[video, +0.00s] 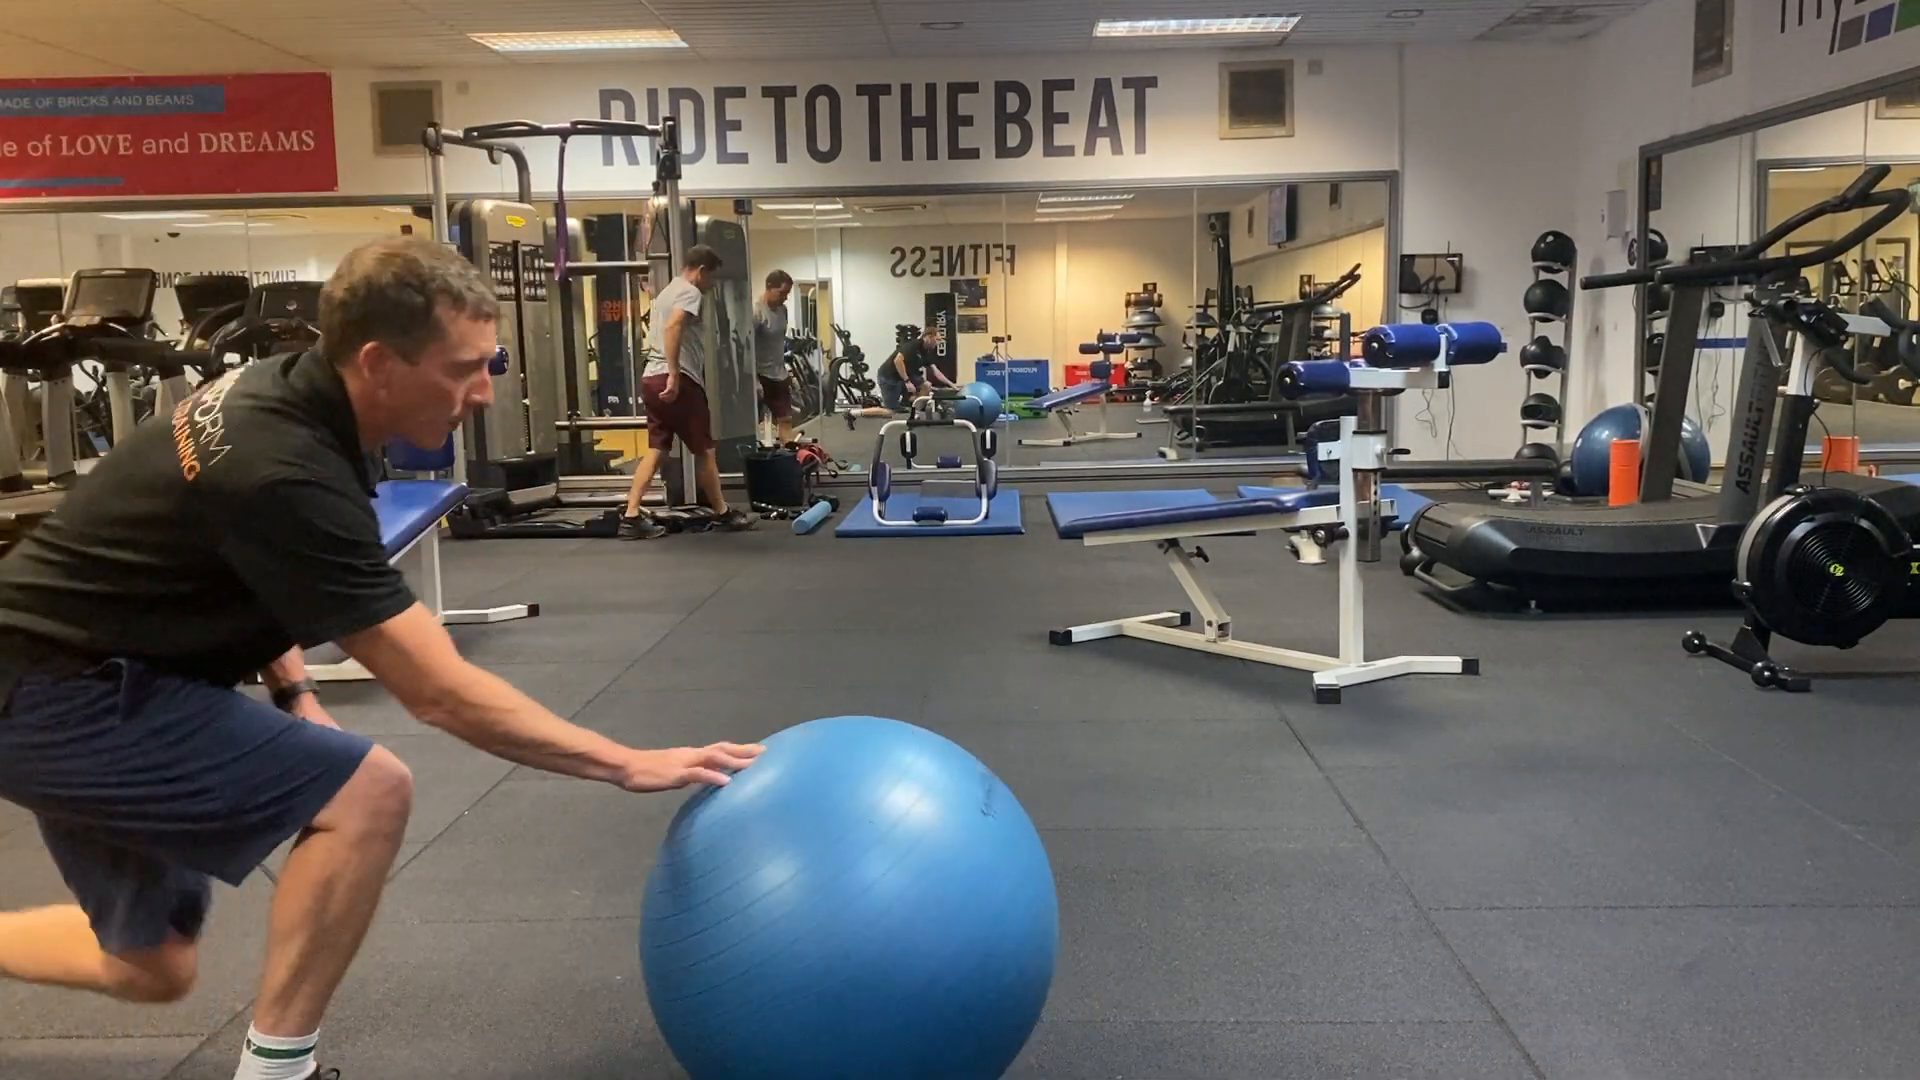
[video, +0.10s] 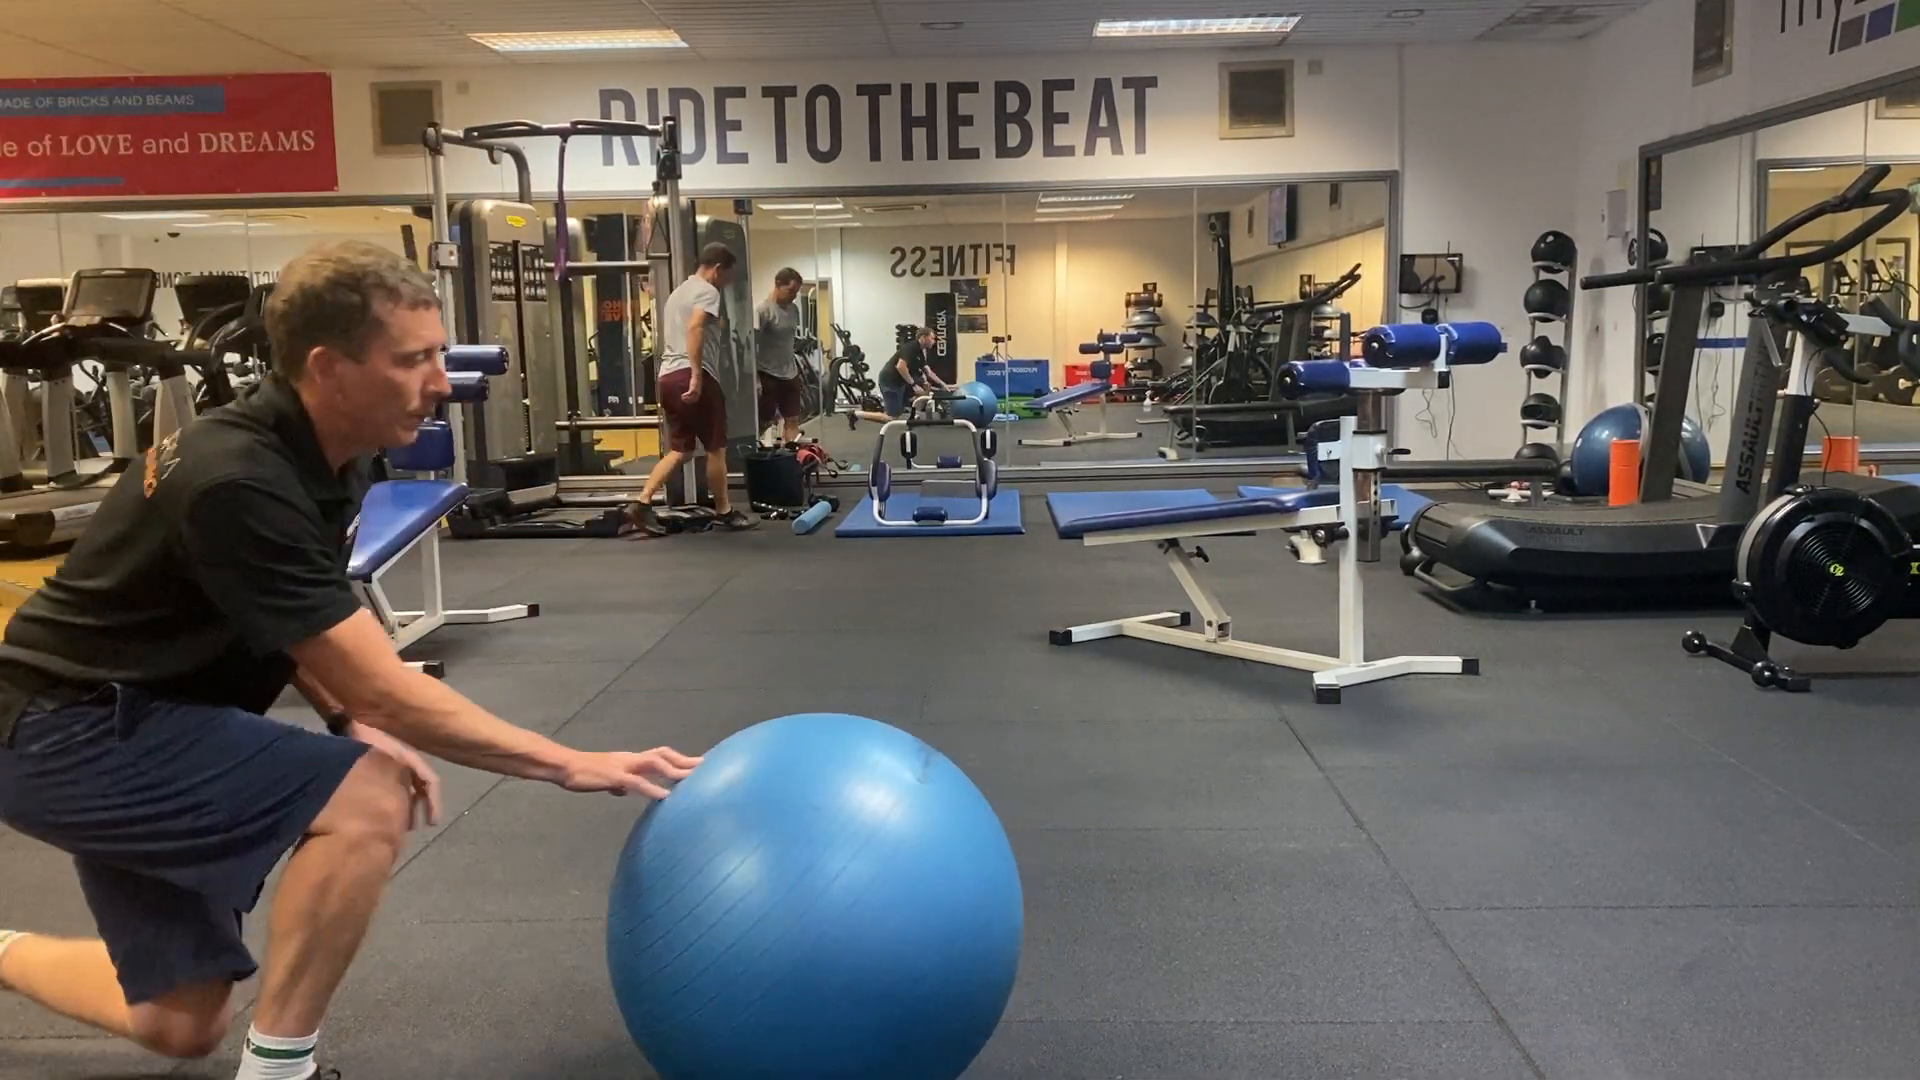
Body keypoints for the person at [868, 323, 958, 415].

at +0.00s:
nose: (937, 343)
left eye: (937, 340)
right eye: (936, 340)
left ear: (929, 338)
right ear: (928, 338)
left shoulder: (925, 351)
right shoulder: (913, 345)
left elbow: (935, 371)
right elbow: (898, 361)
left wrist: (951, 384)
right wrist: (907, 381)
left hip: (904, 376)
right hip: (888, 377)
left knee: (925, 387)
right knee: (892, 411)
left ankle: (902, 406)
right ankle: (859, 412)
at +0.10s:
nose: (933, 341)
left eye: (934, 339)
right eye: (932, 338)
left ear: (924, 338)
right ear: (923, 338)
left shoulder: (921, 351)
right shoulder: (911, 347)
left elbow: (927, 371)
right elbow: (901, 366)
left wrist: (944, 385)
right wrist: (914, 385)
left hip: (901, 381)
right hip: (890, 381)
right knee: (892, 417)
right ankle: (856, 414)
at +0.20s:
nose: (926, 340)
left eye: (926, 337)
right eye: (924, 337)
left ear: (917, 338)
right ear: (917, 338)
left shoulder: (913, 351)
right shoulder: (909, 349)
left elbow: (920, 372)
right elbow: (903, 372)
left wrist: (937, 386)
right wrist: (919, 386)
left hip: (900, 382)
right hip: (889, 385)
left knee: (923, 393)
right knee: (893, 420)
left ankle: (913, 419)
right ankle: (858, 414)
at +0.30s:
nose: (922, 337)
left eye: (922, 334)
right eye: (919, 334)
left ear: (912, 337)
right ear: (912, 336)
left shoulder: (911, 350)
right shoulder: (906, 350)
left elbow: (914, 370)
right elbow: (907, 373)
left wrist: (925, 385)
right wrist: (924, 385)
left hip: (897, 382)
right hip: (886, 385)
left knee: (919, 384)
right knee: (892, 420)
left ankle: (914, 416)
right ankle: (857, 414)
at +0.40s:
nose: (920, 338)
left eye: (920, 335)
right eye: (917, 335)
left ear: (909, 336)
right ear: (909, 335)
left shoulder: (906, 347)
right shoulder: (904, 349)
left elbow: (910, 373)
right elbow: (908, 375)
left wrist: (921, 388)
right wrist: (929, 382)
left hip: (893, 383)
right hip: (885, 385)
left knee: (913, 386)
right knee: (892, 421)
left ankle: (905, 414)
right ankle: (858, 414)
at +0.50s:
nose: (916, 337)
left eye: (916, 334)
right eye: (914, 334)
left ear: (906, 333)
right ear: (907, 333)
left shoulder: (897, 344)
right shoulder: (901, 347)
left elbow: (901, 373)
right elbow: (907, 371)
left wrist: (914, 384)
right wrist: (928, 381)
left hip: (895, 382)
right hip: (886, 386)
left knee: (910, 394)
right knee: (891, 421)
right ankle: (857, 414)